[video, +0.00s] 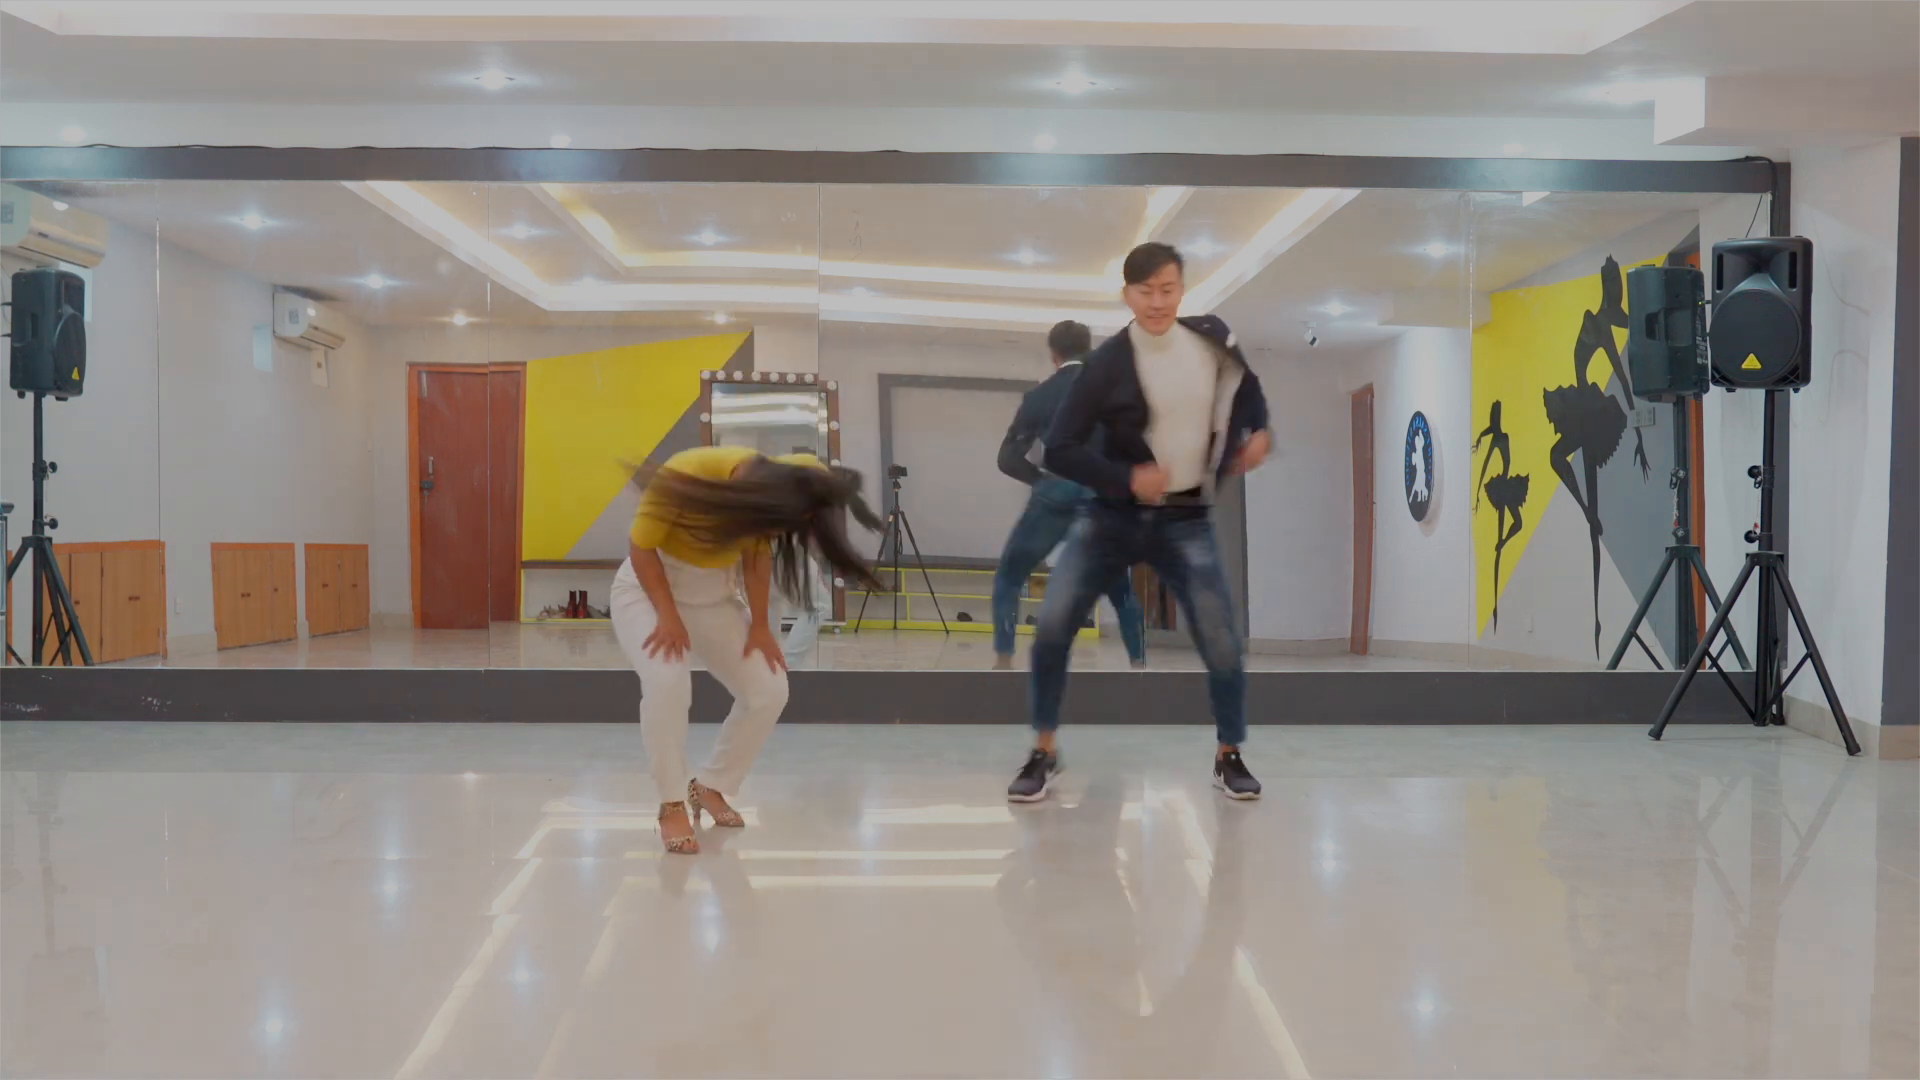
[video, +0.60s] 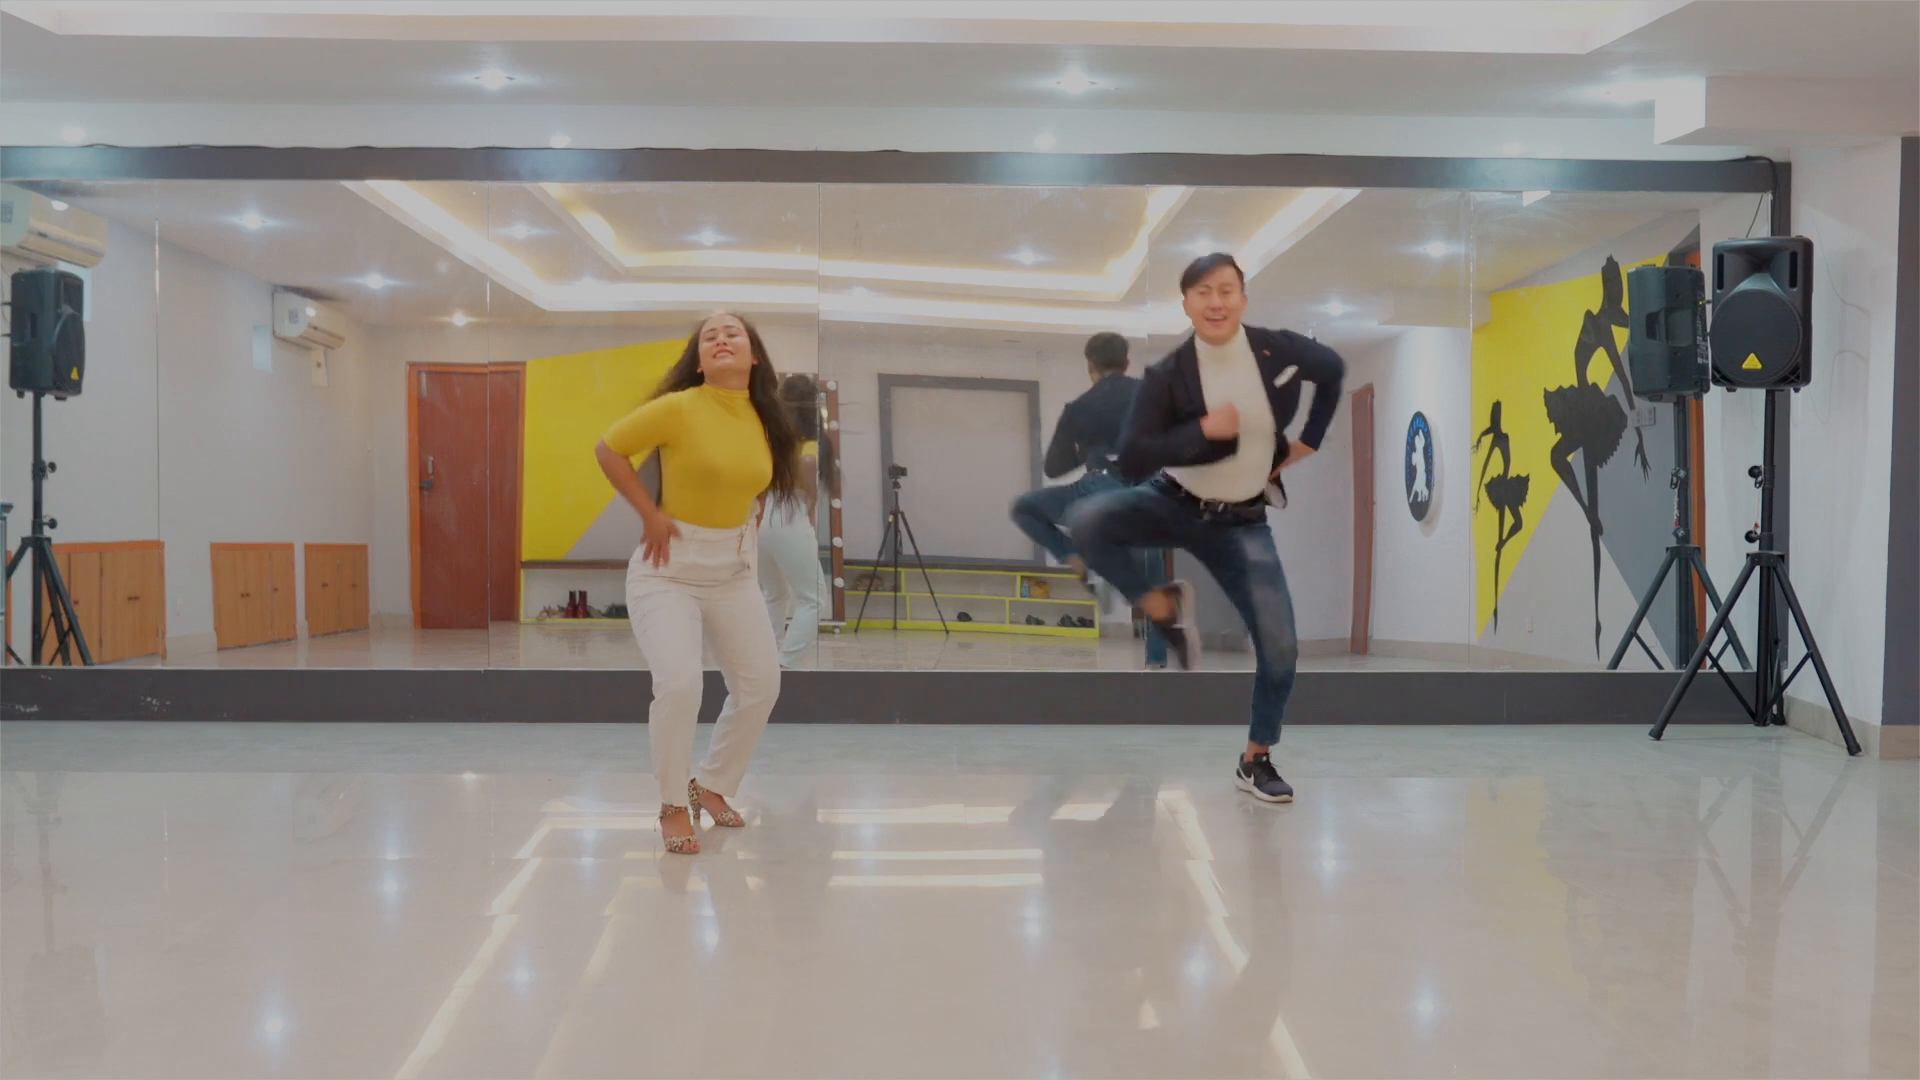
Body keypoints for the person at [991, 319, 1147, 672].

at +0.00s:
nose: (1051, 357)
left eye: (1051, 351)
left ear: (1054, 354)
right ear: (1089, 349)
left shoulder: (1042, 394)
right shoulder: (1109, 384)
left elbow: (1008, 458)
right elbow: (1129, 439)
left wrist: (1042, 479)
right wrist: (1113, 474)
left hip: (1057, 489)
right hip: (1106, 489)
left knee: (1011, 573)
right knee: (1120, 587)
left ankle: (1004, 658)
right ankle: (1139, 666)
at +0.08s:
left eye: (1063, 351)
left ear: (1064, 353)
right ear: (1100, 351)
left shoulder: (1050, 395)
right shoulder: (1121, 386)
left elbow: (1014, 455)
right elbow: (1143, 440)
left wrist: (1050, 489)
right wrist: (1134, 484)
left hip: (1075, 497)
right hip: (1125, 494)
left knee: (1036, 567)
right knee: (1133, 580)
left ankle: (1039, 641)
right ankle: (1143, 664)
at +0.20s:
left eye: (1075, 351)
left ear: (1074, 353)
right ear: (1111, 351)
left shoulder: (1052, 394)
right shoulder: (1130, 386)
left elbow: (1029, 453)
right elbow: (1156, 437)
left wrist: (1063, 485)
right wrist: (1149, 479)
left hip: (1092, 502)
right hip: (1137, 499)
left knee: (1111, 585)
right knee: (1147, 588)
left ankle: (1105, 637)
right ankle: (1144, 667)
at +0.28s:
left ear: (1080, 356)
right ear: (1116, 353)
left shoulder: (1056, 400)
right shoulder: (1132, 389)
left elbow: (1045, 460)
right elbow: (1159, 437)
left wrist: (1077, 484)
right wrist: (1149, 474)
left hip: (1100, 502)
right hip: (1143, 496)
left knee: (1140, 588)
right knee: (1156, 591)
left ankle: (1132, 644)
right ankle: (1140, 665)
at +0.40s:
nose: (1080, 353)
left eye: (1080, 348)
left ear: (1082, 351)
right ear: (1120, 349)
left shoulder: (1068, 398)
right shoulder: (1142, 387)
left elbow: (1034, 454)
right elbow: (1175, 436)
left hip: (1107, 504)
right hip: (1153, 500)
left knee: (1120, 582)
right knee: (1159, 590)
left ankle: (1119, 636)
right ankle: (1145, 667)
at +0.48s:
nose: (1079, 352)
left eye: (1080, 347)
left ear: (1082, 349)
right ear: (1119, 347)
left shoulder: (1075, 392)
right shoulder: (1143, 380)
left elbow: (1037, 445)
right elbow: (1171, 428)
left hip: (1107, 490)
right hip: (1152, 488)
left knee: (1088, 553)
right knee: (1159, 573)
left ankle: (1110, 608)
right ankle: (1146, 656)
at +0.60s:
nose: (1093, 370)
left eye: (1091, 365)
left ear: (1091, 366)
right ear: (1128, 364)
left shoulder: (1080, 407)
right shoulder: (1147, 394)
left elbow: (1054, 467)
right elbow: (1164, 440)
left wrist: (1086, 448)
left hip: (1098, 488)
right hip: (1147, 490)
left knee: (1024, 508)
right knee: (1147, 577)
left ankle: (1073, 557)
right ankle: (1157, 660)